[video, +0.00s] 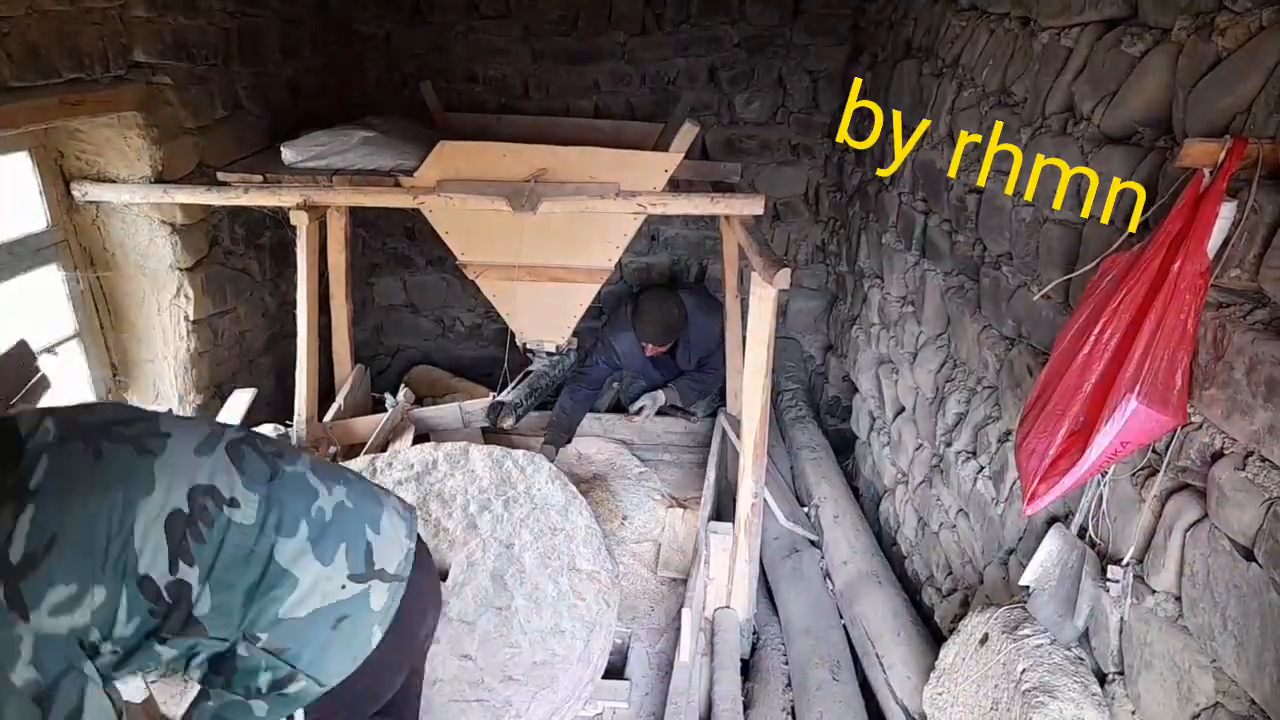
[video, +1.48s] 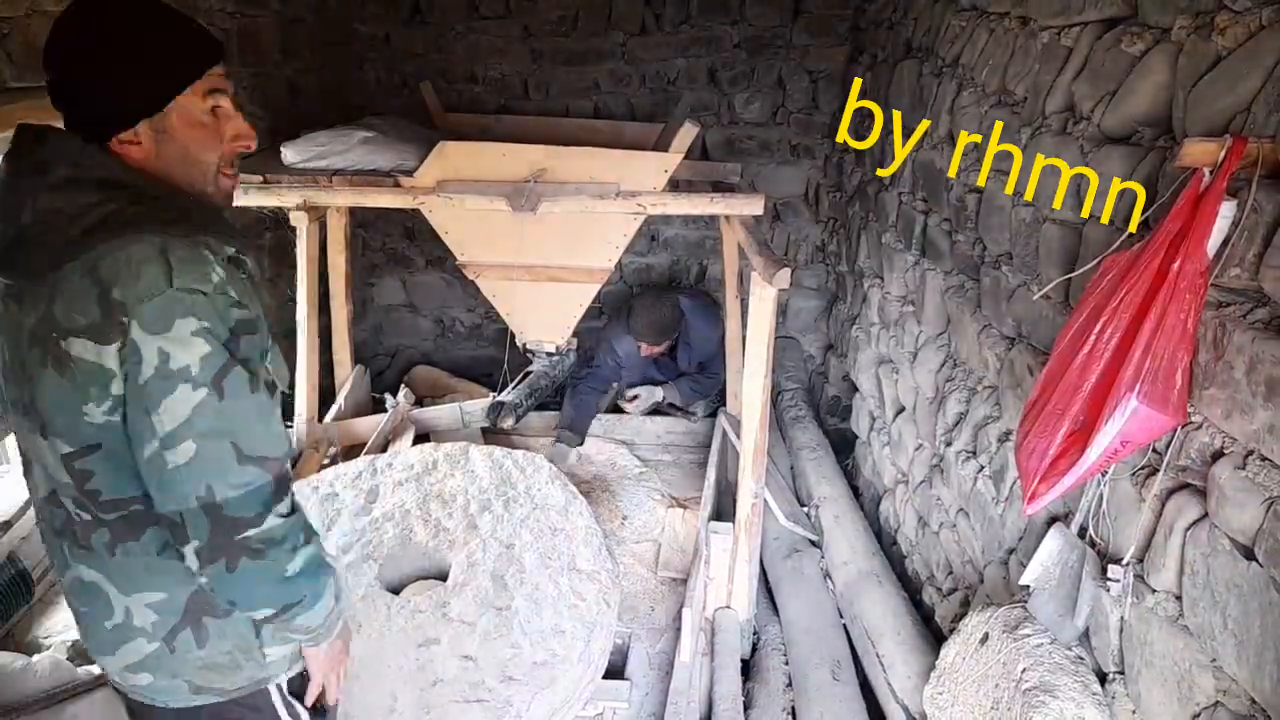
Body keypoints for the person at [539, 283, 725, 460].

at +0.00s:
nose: (648, 350)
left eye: (657, 345)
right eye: (643, 342)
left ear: (676, 336)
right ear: (635, 329)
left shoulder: (710, 327)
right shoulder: (617, 337)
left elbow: (711, 375)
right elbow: (583, 386)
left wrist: (663, 396)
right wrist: (551, 444)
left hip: (690, 366)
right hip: (643, 371)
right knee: (633, 396)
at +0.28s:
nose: (649, 353)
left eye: (658, 348)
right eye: (644, 345)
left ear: (677, 338)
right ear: (636, 331)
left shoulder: (709, 329)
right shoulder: (618, 336)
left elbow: (713, 376)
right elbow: (586, 385)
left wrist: (664, 397)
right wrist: (560, 445)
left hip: (689, 368)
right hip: (643, 372)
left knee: (699, 410)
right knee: (632, 401)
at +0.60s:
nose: (631, 359)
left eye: (640, 354)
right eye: (627, 351)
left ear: (659, 344)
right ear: (619, 337)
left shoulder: (701, 336)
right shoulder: (604, 348)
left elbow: (707, 376)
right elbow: (576, 390)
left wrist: (658, 401)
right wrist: (551, 445)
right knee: (635, 395)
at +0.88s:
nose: (632, 360)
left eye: (641, 354)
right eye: (627, 352)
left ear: (660, 345)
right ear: (621, 339)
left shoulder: (701, 339)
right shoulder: (607, 353)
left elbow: (710, 378)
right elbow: (578, 402)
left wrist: (659, 399)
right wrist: (553, 452)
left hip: (690, 368)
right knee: (632, 390)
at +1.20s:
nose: (639, 359)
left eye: (647, 353)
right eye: (633, 351)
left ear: (666, 343)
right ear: (625, 339)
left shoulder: (704, 338)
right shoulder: (610, 353)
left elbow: (712, 378)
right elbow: (582, 400)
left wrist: (660, 397)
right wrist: (557, 455)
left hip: (690, 370)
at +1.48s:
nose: (643, 352)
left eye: (653, 345)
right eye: (639, 343)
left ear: (672, 337)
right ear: (631, 331)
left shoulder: (708, 335)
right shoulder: (616, 342)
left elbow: (711, 379)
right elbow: (589, 387)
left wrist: (662, 394)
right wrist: (566, 442)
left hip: (689, 368)